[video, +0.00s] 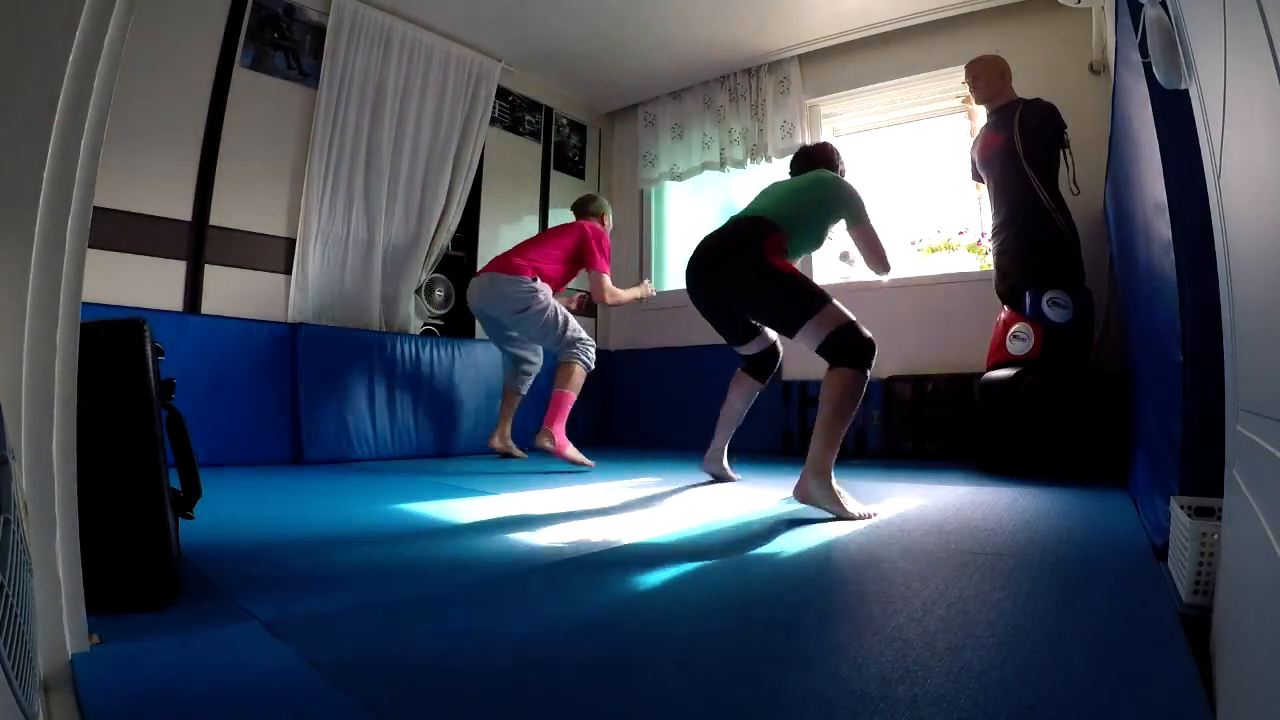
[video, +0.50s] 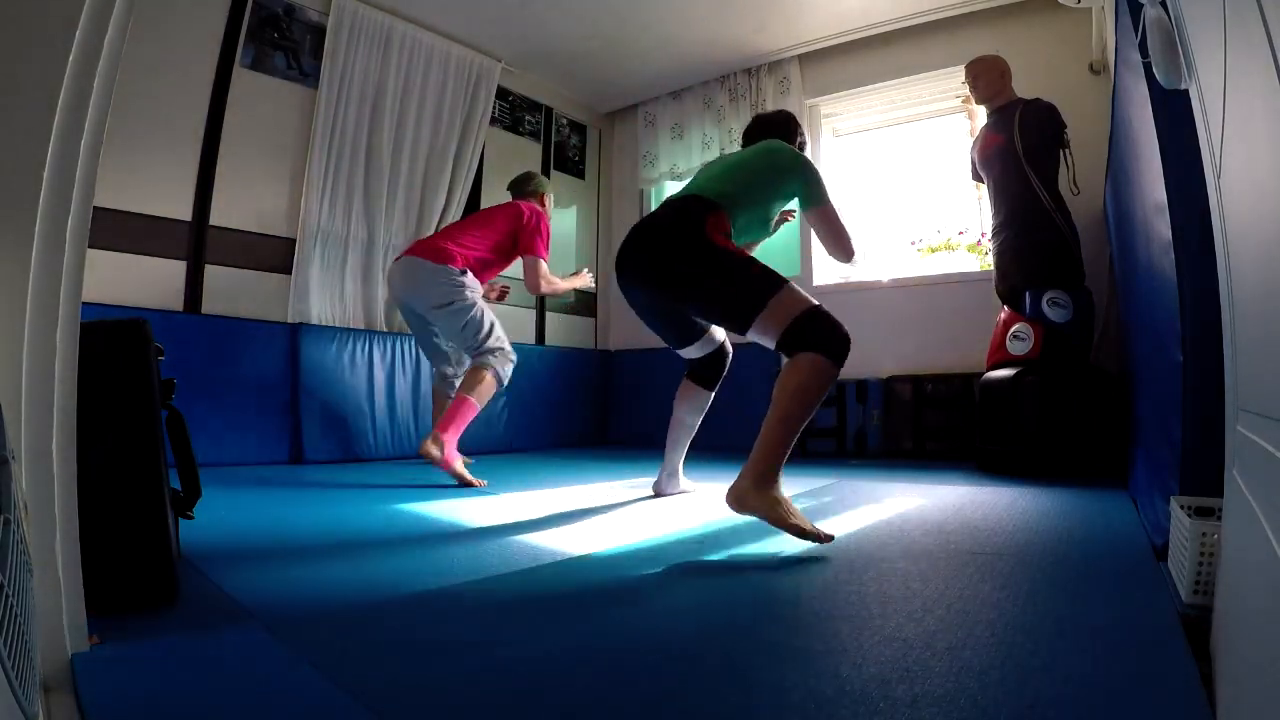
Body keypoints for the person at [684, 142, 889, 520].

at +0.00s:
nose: (843, 172)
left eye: (841, 166)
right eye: (841, 167)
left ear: (799, 170)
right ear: (834, 168)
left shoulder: (780, 191)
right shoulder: (837, 186)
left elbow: (797, 271)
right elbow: (880, 264)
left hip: (702, 270)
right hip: (750, 263)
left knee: (763, 356)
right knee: (854, 347)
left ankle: (715, 454)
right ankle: (816, 479)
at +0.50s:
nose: (805, 152)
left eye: (805, 147)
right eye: (803, 146)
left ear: (752, 141)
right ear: (795, 143)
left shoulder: (724, 166)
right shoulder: (792, 160)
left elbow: (721, 250)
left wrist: (770, 226)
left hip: (635, 262)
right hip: (689, 251)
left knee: (711, 355)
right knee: (823, 339)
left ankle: (669, 476)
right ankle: (757, 483)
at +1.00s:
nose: (755, 100)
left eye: (753, 91)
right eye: (753, 93)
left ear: (693, 84)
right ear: (739, 85)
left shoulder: (652, 112)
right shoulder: (736, 104)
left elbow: (644, 222)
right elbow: (789, 213)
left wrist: (710, 200)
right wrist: (783, 185)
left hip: (541, 215)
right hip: (601, 205)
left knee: (621, 348)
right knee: (720, 358)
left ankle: (591, 483)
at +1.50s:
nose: (669, 66)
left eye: (669, 59)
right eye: (669, 54)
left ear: (621, 21)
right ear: (658, 30)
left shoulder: (565, 74)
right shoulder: (638, 38)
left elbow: (551, 195)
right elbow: (706, 156)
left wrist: (634, 171)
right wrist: (720, 136)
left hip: (408, 170)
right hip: (450, 160)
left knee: (548, 317)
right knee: (598, 313)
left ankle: (465, 474)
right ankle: (442, 579)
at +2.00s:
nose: (599, 14)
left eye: (603, 9)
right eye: (603, 3)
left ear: (582, 10)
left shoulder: (471, 47)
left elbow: (465, 164)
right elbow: (616, 98)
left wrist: (571, 139)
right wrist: (653, 100)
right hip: (291, 78)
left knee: (413, 284)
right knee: (424, 261)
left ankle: (342, 512)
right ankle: (215, 554)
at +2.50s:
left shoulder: (399, 27)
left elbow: (414, 153)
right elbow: (547, 76)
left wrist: (519, 117)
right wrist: (594, 76)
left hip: (224, 86)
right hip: (175, 51)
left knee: (326, 288)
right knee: (320, 289)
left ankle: (247, 522)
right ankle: (59, 641)